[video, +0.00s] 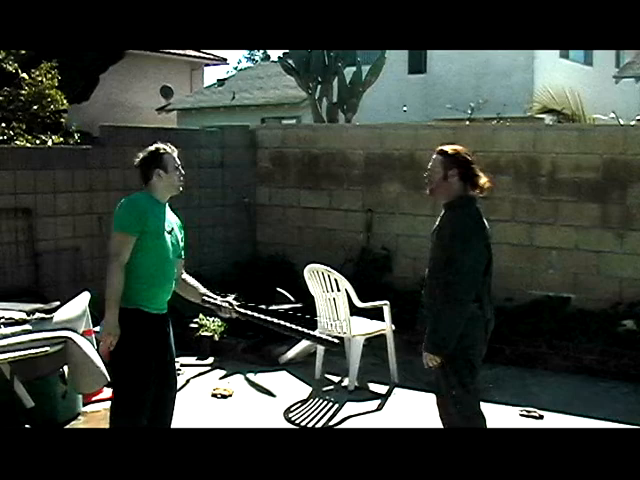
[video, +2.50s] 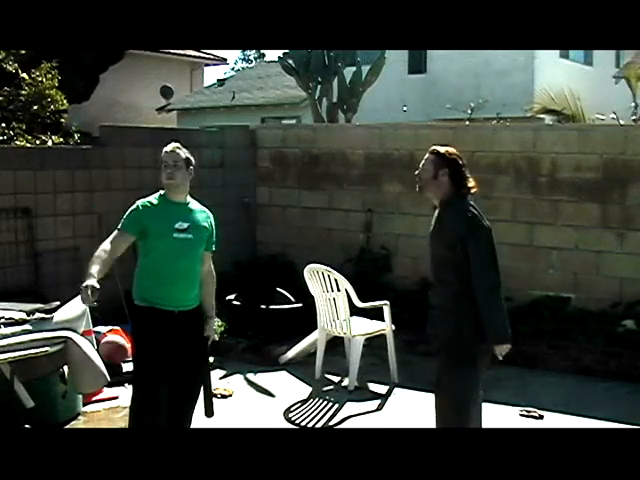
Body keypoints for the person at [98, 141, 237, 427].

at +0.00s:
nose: (182, 173)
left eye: (181, 168)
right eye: (176, 168)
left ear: (165, 174)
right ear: (158, 174)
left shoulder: (174, 221)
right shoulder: (133, 207)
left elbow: (178, 277)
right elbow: (117, 262)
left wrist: (214, 301)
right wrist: (111, 319)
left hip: (160, 319)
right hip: (133, 318)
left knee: (164, 391)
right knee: (133, 395)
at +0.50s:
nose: (152, 170)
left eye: (150, 165)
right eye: (146, 165)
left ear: (130, 172)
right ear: (128, 171)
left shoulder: (154, 214)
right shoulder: (103, 216)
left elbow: (199, 237)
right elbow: (100, 276)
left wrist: (241, 214)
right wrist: (120, 328)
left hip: (156, 320)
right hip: (120, 323)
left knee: (162, 396)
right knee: (125, 403)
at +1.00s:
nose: (131, 168)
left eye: (128, 162)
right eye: (123, 164)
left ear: (112, 176)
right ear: (107, 175)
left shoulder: (139, 214)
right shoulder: (89, 223)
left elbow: (184, 234)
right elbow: (82, 285)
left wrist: (225, 210)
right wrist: (85, 339)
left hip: (151, 321)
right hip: (114, 328)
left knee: (166, 395)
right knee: (117, 408)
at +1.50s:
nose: (167, 169)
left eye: (165, 164)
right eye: (160, 165)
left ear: (148, 173)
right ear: (141, 173)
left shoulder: (171, 216)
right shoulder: (119, 215)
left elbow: (208, 251)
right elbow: (110, 273)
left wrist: (244, 223)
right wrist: (114, 327)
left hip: (172, 321)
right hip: (135, 324)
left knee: (177, 403)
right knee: (128, 410)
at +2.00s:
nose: (201, 173)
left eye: (200, 167)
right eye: (195, 168)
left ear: (182, 174)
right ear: (175, 174)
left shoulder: (199, 218)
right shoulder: (145, 210)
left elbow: (210, 270)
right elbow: (128, 265)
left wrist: (249, 298)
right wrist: (127, 316)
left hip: (185, 318)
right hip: (151, 318)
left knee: (185, 390)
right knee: (149, 394)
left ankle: (176, 430)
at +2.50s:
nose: (167, 170)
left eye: (174, 165)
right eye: (164, 165)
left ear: (190, 171)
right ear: (160, 171)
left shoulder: (204, 216)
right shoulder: (144, 210)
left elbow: (207, 269)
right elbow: (111, 248)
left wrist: (210, 316)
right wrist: (92, 277)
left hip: (189, 317)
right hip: (149, 315)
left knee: (185, 393)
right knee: (150, 392)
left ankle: (177, 429)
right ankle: (144, 431)